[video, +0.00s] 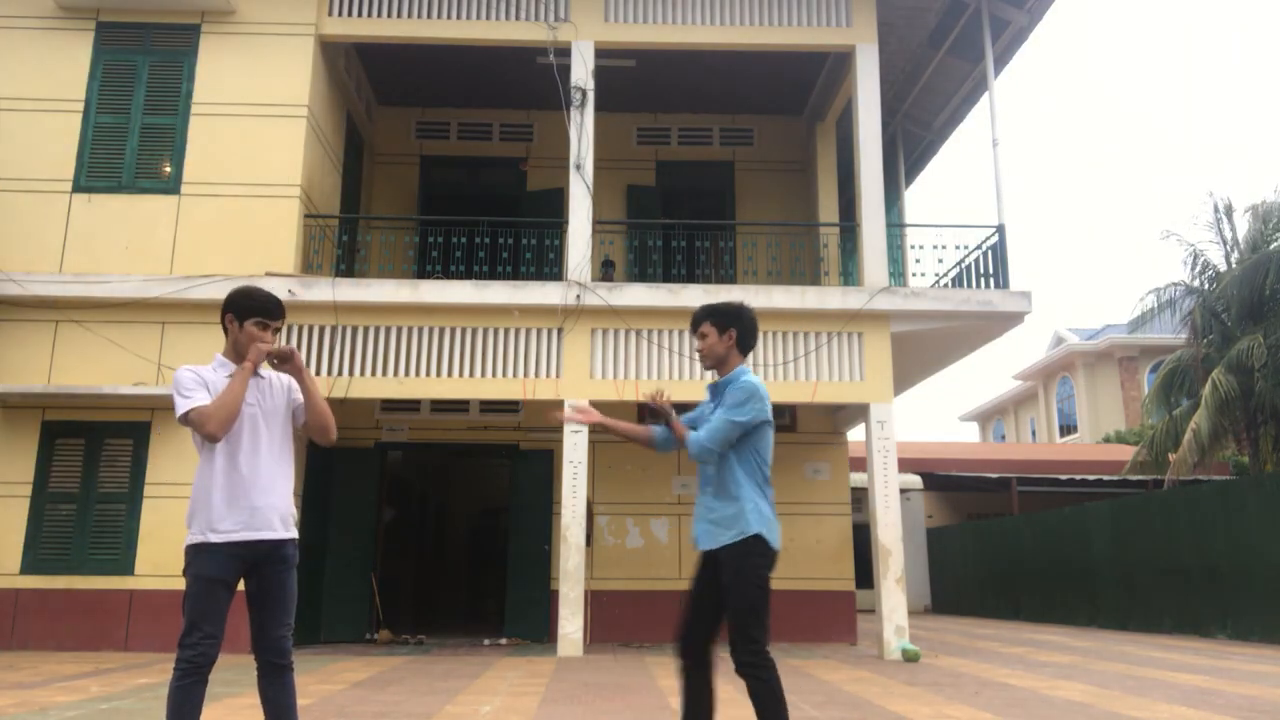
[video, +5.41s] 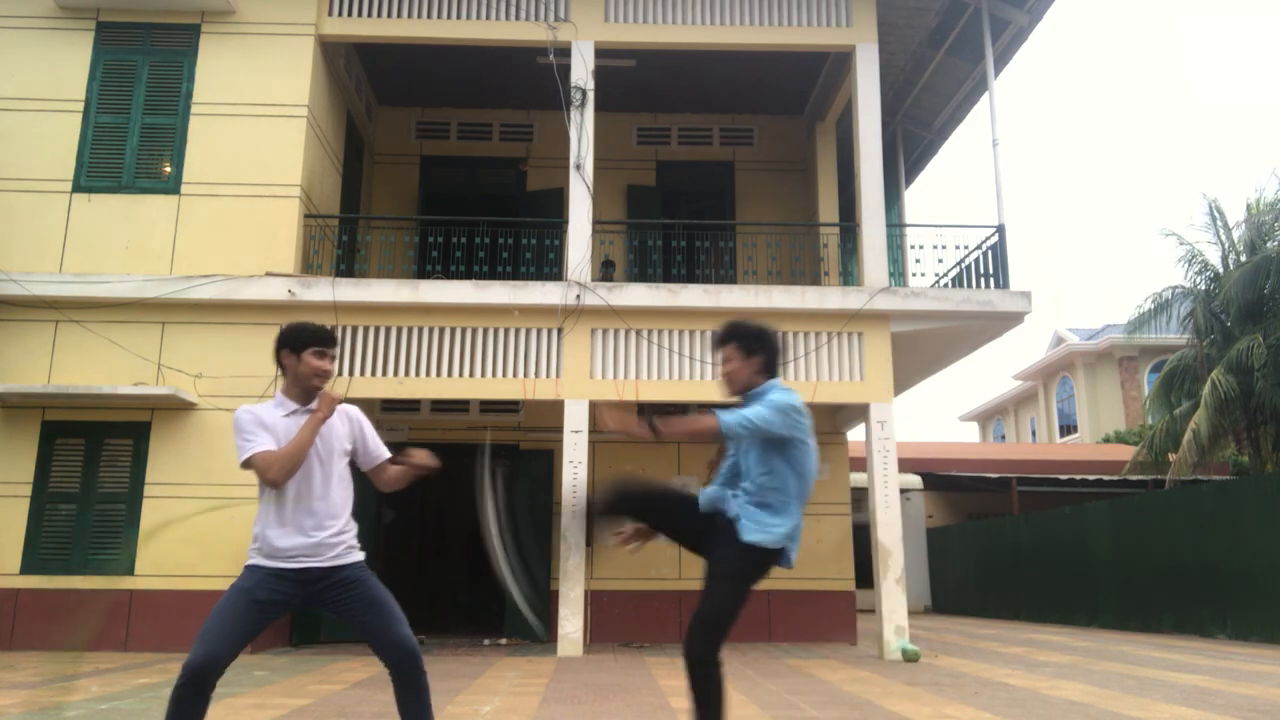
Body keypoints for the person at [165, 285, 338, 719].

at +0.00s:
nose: (268, 337)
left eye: (275, 330)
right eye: (260, 326)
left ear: (279, 335)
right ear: (230, 323)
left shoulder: (285, 386)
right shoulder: (193, 377)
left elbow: (326, 434)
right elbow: (213, 427)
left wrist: (302, 374)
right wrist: (247, 366)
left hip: (277, 538)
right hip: (215, 538)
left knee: (278, 658)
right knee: (197, 656)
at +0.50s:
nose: (268, 341)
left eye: (275, 334)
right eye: (261, 330)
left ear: (279, 338)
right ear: (232, 324)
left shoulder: (285, 385)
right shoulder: (192, 376)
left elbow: (341, 424)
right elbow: (208, 425)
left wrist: (330, 380)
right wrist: (241, 366)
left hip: (278, 537)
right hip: (217, 536)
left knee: (280, 653)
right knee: (197, 655)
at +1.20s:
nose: (290, 350)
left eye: (295, 344)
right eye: (282, 340)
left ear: (299, 347)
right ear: (253, 337)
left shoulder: (308, 398)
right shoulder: (213, 391)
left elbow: (366, 438)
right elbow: (225, 440)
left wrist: (395, 409)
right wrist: (262, 381)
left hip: (300, 549)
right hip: (233, 551)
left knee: (337, 655)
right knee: (204, 663)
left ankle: (369, 719)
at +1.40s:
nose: (319, 359)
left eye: (324, 352)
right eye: (310, 350)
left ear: (328, 357)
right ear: (279, 350)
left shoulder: (338, 408)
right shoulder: (244, 405)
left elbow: (395, 450)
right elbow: (261, 452)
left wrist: (420, 420)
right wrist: (297, 391)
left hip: (338, 561)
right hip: (268, 563)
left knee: (391, 652)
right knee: (213, 667)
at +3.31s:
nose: (336, 368)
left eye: (340, 359)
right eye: (327, 357)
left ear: (343, 364)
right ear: (294, 358)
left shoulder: (352, 417)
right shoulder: (258, 412)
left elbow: (397, 470)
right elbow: (276, 467)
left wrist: (449, 472)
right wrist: (320, 408)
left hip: (347, 569)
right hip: (275, 570)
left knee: (413, 649)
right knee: (199, 662)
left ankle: (423, 719)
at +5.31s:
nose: (337, 367)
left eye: (341, 358)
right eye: (328, 356)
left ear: (344, 362)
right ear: (296, 357)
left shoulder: (353, 416)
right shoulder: (259, 413)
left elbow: (395, 472)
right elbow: (279, 468)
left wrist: (445, 474)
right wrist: (323, 411)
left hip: (349, 568)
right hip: (277, 570)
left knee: (415, 651)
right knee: (202, 663)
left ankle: (424, 718)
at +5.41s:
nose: (328, 367)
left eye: (332, 358)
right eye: (318, 356)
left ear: (335, 364)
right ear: (287, 358)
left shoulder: (349, 416)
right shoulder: (252, 417)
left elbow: (385, 478)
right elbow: (274, 473)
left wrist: (413, 467)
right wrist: (318, 416)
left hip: (342, 568)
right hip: (272, 571)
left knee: (406, 655)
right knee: (198, 668)